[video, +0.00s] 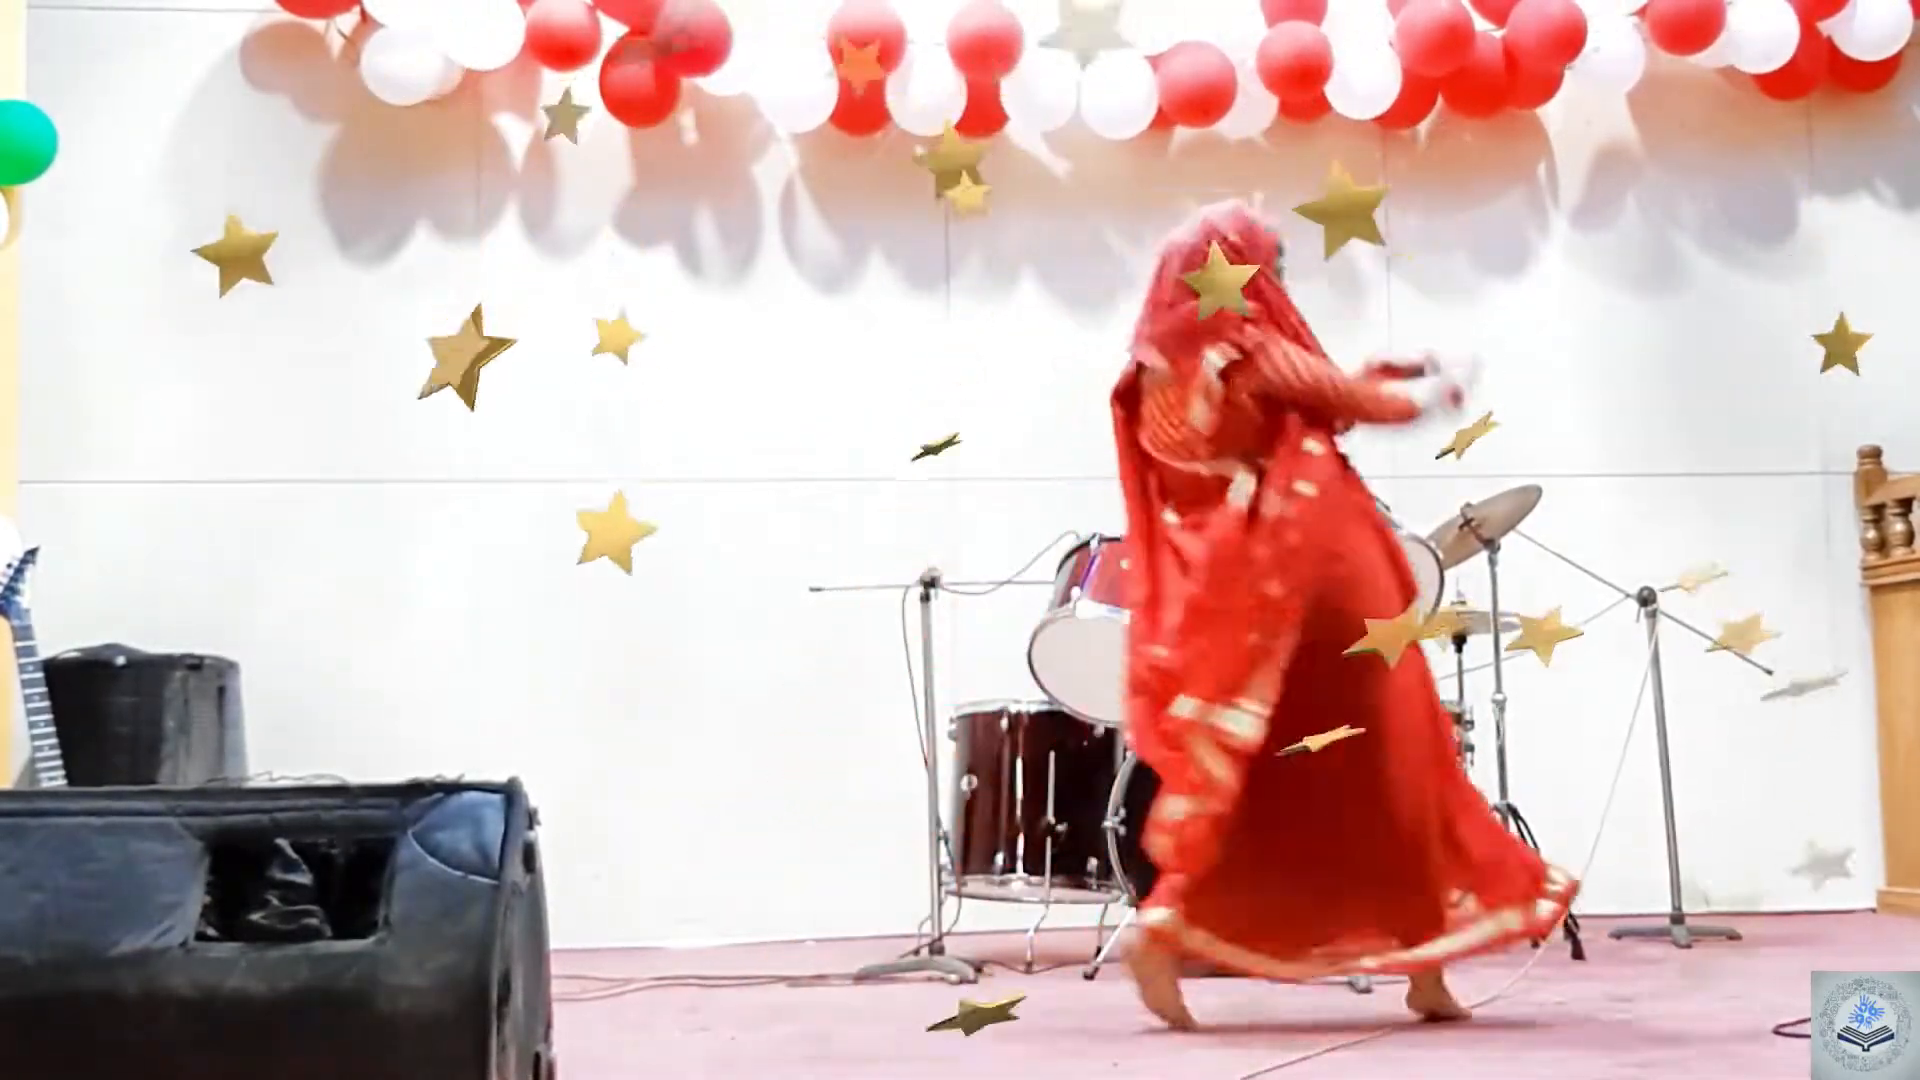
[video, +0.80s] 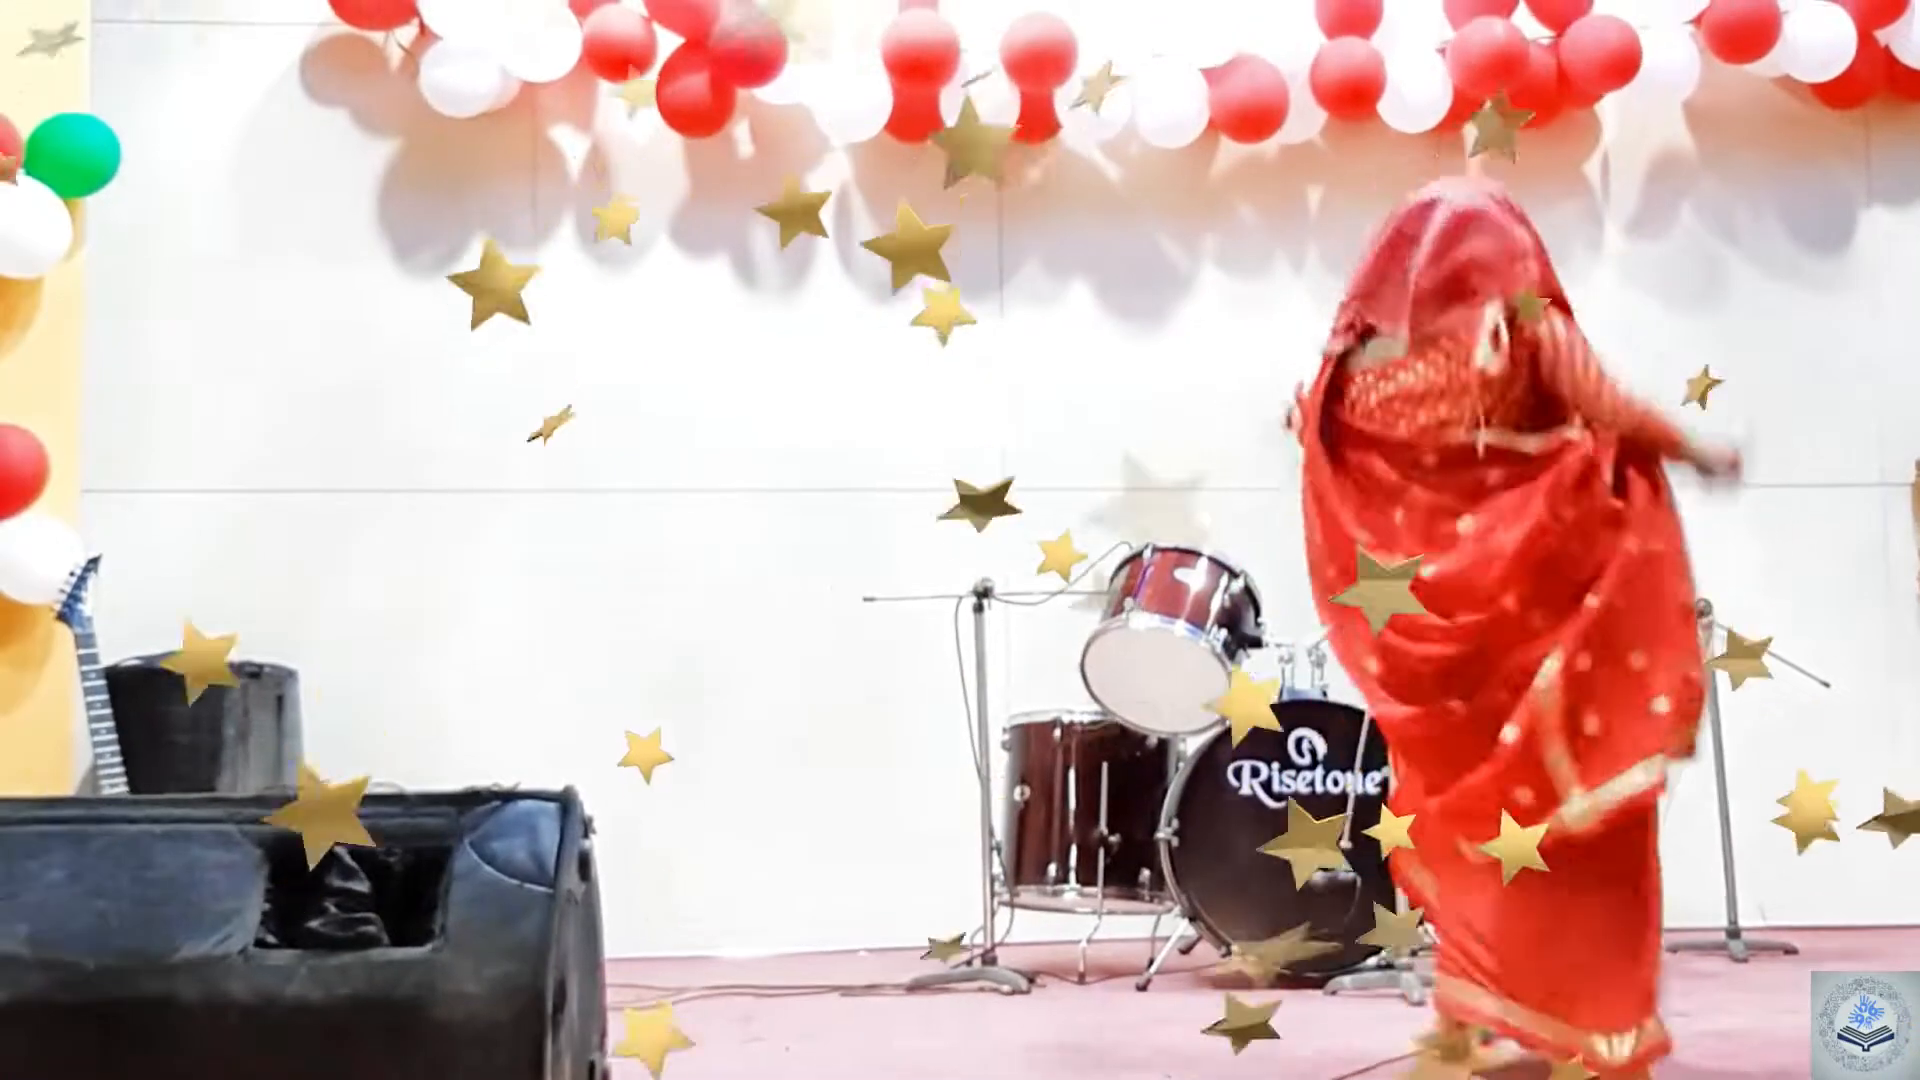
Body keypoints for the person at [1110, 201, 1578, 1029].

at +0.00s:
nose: (1277, 282)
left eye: (1273, 268)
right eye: (1267, 269)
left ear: (1178, 280)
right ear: (1240, 277)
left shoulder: (1149, 374)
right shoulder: (1250, 351)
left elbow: (1284, 399)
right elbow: (1342, 394)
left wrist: (1371, 371)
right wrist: (1429, 389)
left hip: (1222, 584)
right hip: (1314, 575)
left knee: (1228, 755)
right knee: (1399, 754)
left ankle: (1161, 928)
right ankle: (1426, 966)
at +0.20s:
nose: (1357, 311)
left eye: (1352, 298)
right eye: (1347, 299)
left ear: (1257, 310)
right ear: (1327, 310)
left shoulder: (1217, 400)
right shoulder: (1357, 390)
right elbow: (1448, 448)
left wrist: (1404, 400)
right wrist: (1518, 463)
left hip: (1276, 624)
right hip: (1368, 614)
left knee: (1318, 799)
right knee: (1418, 785)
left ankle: (1261, 928)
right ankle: (1430, 975)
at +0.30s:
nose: (1380, 249)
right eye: (1369, 233)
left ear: (1267, 256)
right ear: (1357, 244)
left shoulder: (1238, 369)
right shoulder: (1366, 320)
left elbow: (1254, 518)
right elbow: (1448, 340)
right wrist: (1513, 342)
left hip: (1304, 616)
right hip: (1394, 602)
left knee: (1333, 785)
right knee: (1439, 772)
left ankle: (1313, 954)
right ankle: (1448, 973)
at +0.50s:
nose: (1415, 237)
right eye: (1407, 225)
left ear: (1303, 253)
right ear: (1399, 233)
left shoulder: (1275, 368)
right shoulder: (1416, 288)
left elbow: (1238, 499)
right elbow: (1530, 232)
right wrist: (1514, 216)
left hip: (1314, 599)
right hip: (1428, 581)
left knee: (1337, 792)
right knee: (1474, 748)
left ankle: (1363, 1000)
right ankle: (1476, 909)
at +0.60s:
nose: (1417, 230)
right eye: (1415, 217)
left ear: (1314, 237)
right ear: (1411, 221)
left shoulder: (1278, 357)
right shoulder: (1431, 268)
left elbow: (1241, 514)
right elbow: (1556, 238)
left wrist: (1243, 612)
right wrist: (1537, 224)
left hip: (1326, 577)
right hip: (1440, 551)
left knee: (1338, 787)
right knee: (1492, 745)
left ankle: (1366, 997)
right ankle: (1521, 899)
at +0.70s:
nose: (1501, 233)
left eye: (1488, 214)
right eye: (1494, 216)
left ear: (1386, 229)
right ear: (1486, 222)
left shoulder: (1341, 338)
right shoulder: (1511, 276)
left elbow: (1324, 501)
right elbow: (1639, 283)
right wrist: (1653, 314)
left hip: (1400, 608)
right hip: (1524, 596)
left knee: (1421, 793)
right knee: (1570, 782)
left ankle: (1426, 1006)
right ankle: (1609, 1015)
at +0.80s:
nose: (1524, 272)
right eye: (1515, 250)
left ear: (1401, 259)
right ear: (1508, 257)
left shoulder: (1357, 372)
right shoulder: (1521, 332)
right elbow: (1609, 410)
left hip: (1430, 640)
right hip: (1540, 638)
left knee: (1459, 818)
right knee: (1580, 817)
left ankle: (1460, 1009)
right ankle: (1589, 1025)